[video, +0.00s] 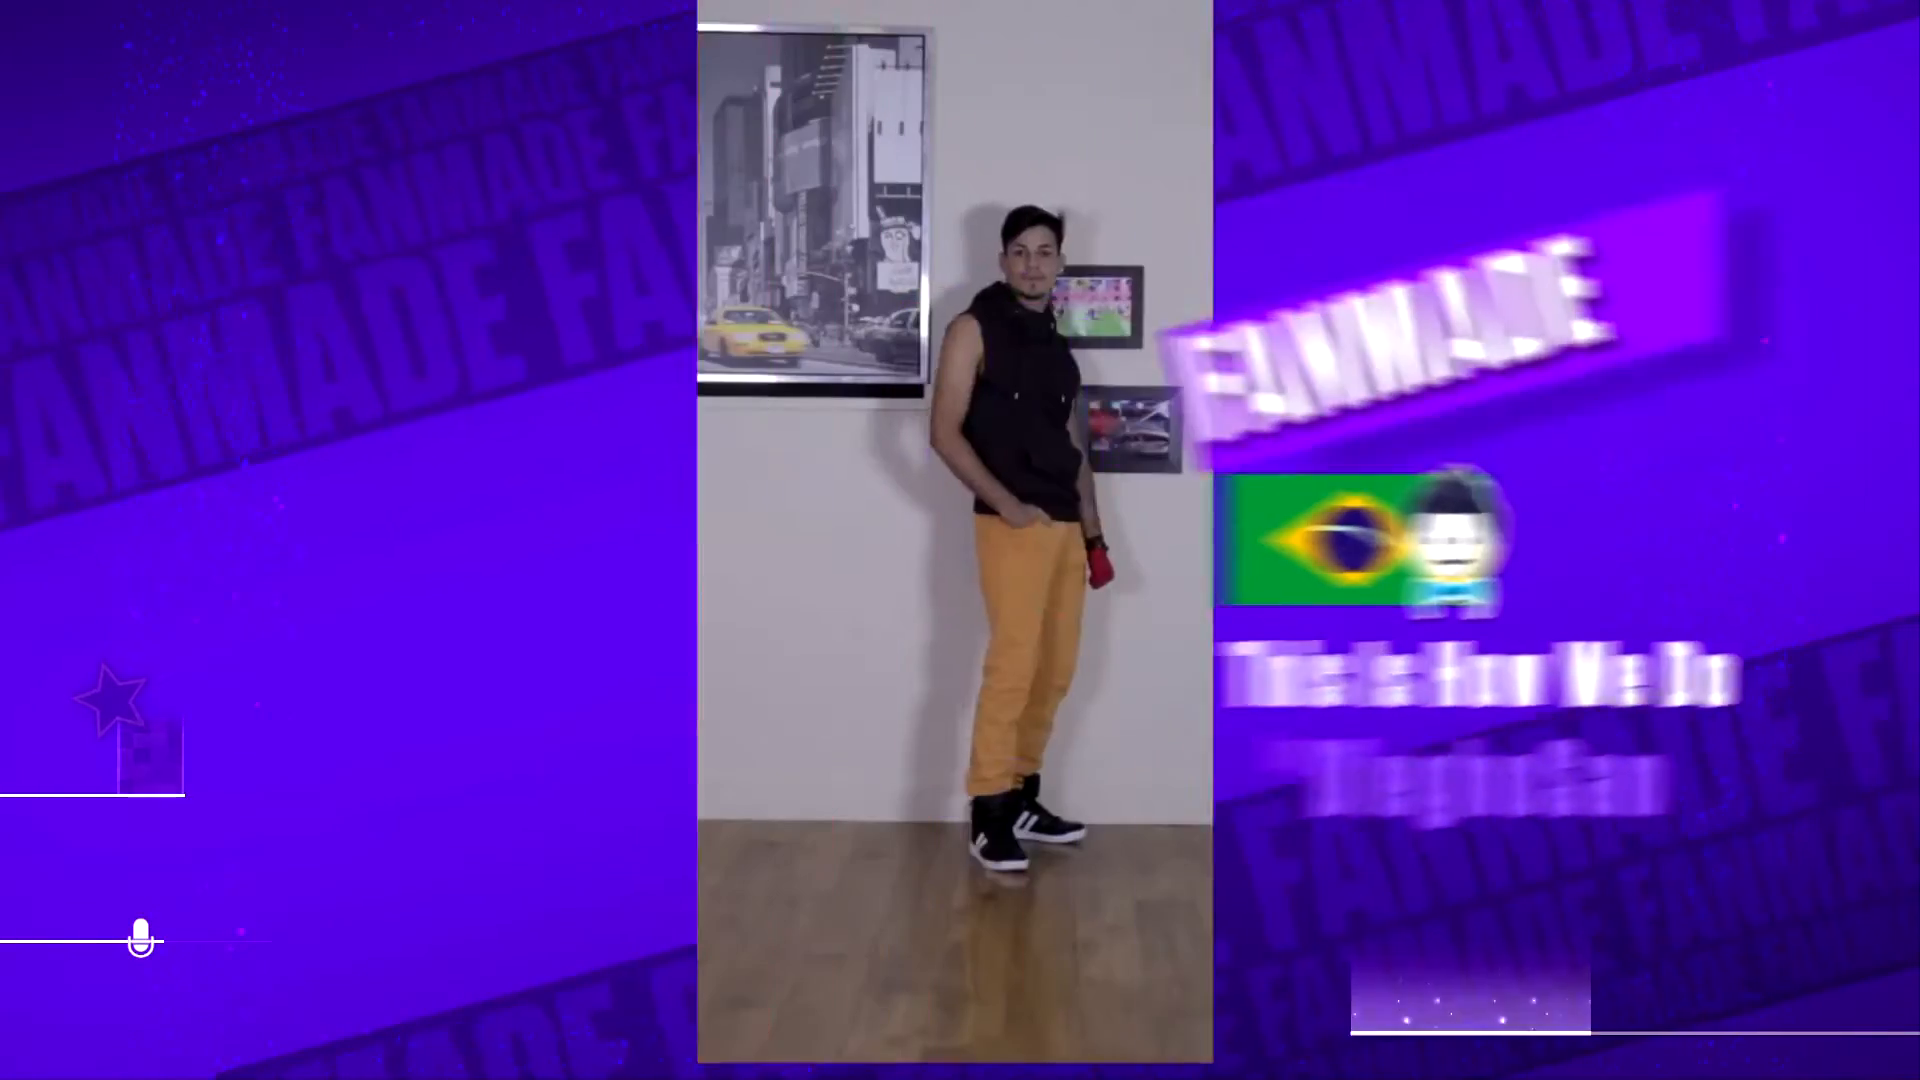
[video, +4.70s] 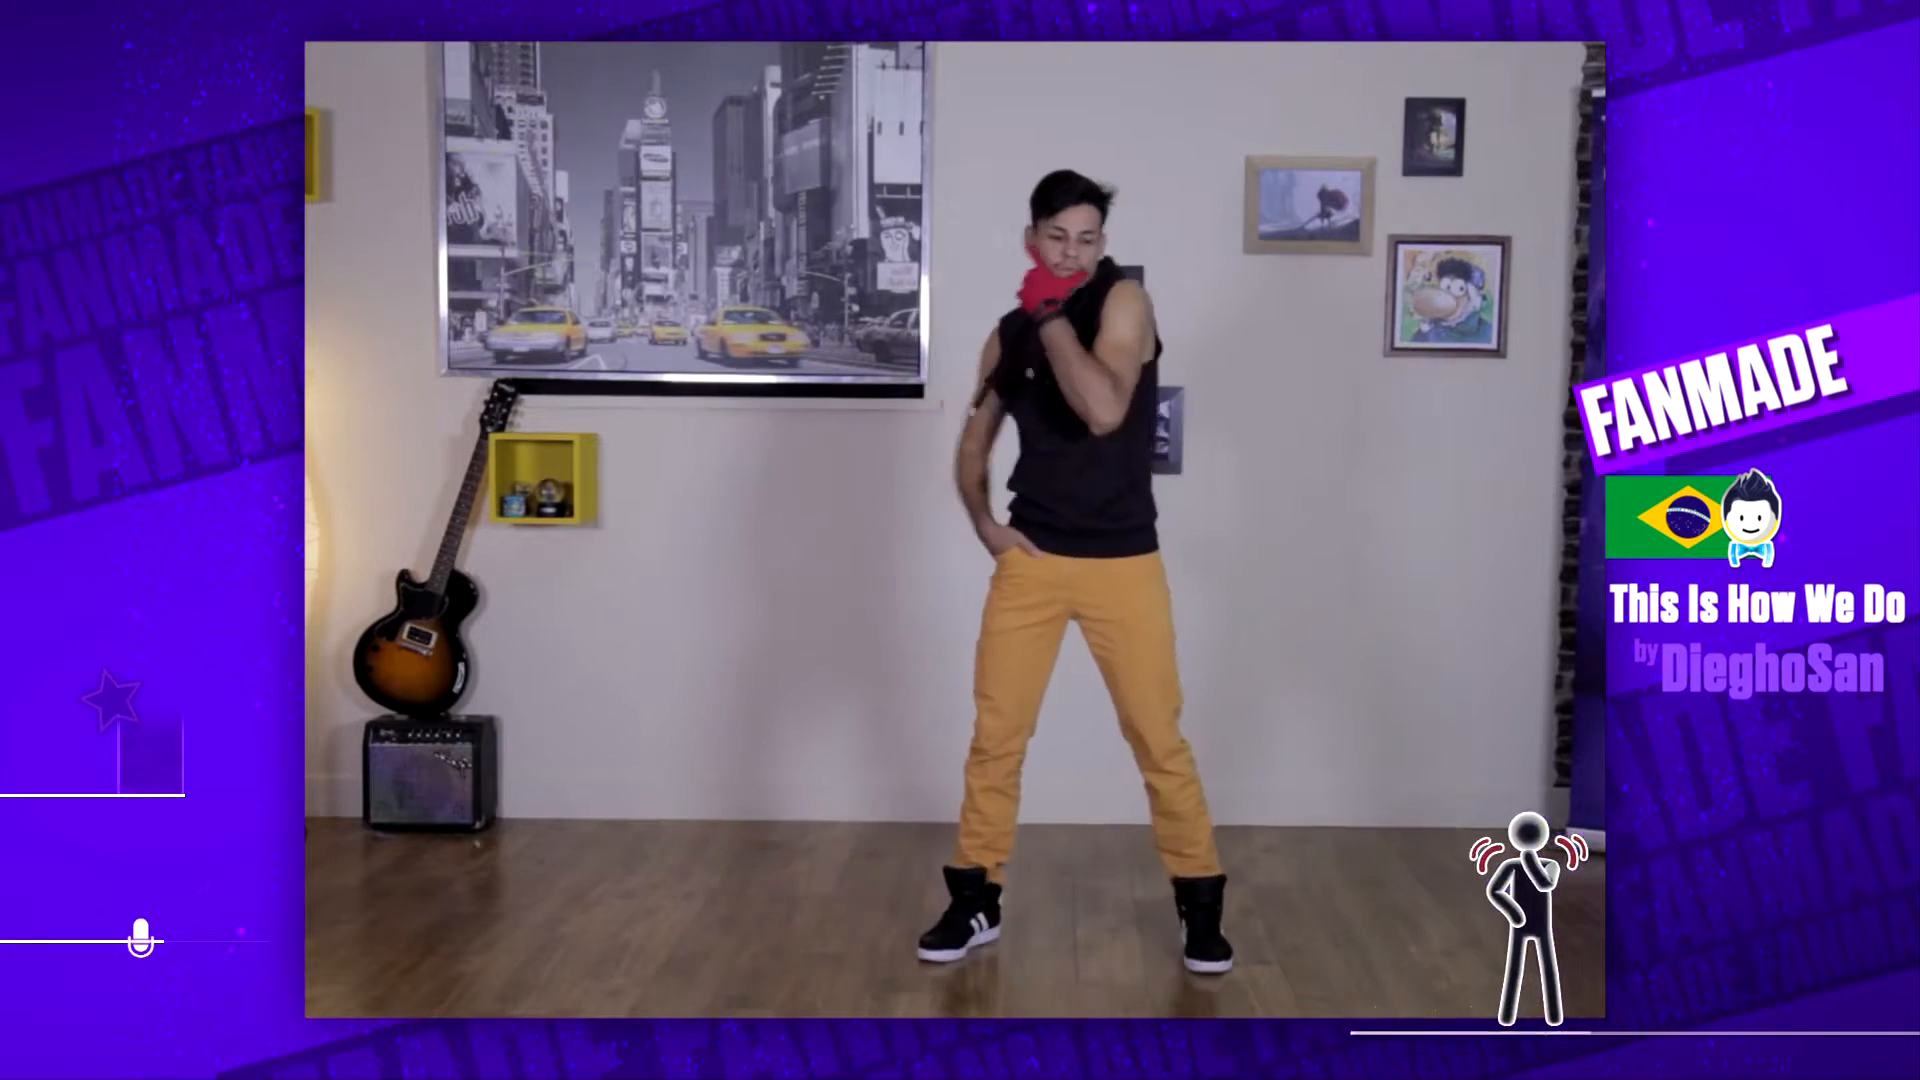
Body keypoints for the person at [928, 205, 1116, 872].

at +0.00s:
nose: (1034, 263)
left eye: (1045, 252)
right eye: (1022, 252)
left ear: (1059, 262)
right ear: (1002, 259)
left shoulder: (1055, 342)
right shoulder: (974, 328)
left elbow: (1075, 447)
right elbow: (943, 434)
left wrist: (1093, 534)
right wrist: (1007, 504)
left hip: (1068, 523)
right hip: (1013, 523)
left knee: (1053, 671)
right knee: (1011, 668)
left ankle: (1021, 803)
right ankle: (989, 817)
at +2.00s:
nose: (1057, 281)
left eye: (1071, 268)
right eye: (1045, 268)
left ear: (1089, 273)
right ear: (1027, 269)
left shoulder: (1084, 356)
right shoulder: (983, 325)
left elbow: (1069, 445)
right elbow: (920, 427)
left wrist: (1060, 511)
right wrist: (954, 527)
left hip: (1056, 543)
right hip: (985, 545)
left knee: (1079, 692)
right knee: (995, 699)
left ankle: (1099, 847)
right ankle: (998, 839)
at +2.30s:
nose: (1058, 264)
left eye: (1071, 251)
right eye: (1046, 252)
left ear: (1094, 260)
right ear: (1030, 263)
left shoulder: (1112, 365)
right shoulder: (991, 326)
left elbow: (1127, 482)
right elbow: (941, 425)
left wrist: (1122, 587)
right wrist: (946, 518)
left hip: (1062, 548)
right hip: (982, 545)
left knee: (1072, 701)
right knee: (994, 704)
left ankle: (1096, 862)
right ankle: (999, 835)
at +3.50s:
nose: (1098, 242)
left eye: (1115, 230)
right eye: (1088, 227)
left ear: (1138, 243)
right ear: (1071, 233)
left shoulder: (1166, 325)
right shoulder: (1034, 326)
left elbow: (1190, 435)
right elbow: (988, 441)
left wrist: (1199, 518)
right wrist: (1016, 527)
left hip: (1143, 557)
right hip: (1061, 550)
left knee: (1117, 718)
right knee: (1033, 707)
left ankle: (1101, 867)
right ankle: (1026, 815)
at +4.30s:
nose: (1070, 230)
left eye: (1087, 219)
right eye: (1061, 217)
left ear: (1116, 235)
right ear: (1046, 229)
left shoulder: (1134, 342)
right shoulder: (999, 313)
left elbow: (1154, 465)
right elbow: (946, 432)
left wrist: (1128, 527)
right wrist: (986, 530)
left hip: (1107, 558)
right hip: (1021, 556)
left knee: (1116, 727)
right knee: (994, 731)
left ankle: (1101, 875)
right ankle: (965, 897)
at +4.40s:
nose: (1045, 231)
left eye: (1063, 220)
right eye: (1034, 217)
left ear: (1087, 236)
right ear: (1016, 229)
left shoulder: (1120, 330)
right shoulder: (975, 324)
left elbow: (1147, 459)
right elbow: (918, 440)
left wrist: (1085, 435)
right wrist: (966, 531)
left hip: (1103, 563)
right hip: (1009, 562)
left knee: (1138, 722)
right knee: (990, 733)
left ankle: (1126, 864)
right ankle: (966, 897)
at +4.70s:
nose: (1073, 252)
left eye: (1087, 239)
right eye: (1057, 238)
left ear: (1103, 239)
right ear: (1029, 239)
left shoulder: (1125, 302)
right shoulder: (1010, 335)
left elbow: (1106, 410)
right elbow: (973, 449)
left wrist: (1051, 318)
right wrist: (986, 523)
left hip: (1122, 567)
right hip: (1029, 563)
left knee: (1158, 739)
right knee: (995, 736)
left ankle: (1200, 904)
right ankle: (975, 900)